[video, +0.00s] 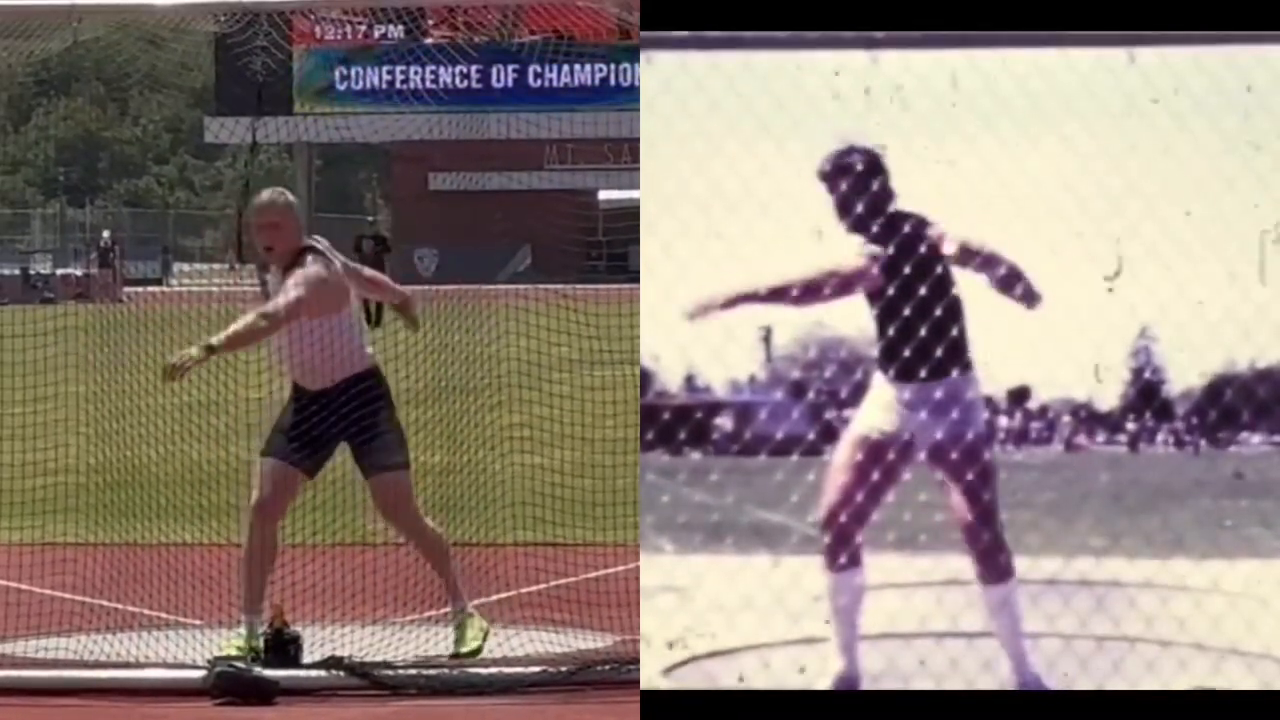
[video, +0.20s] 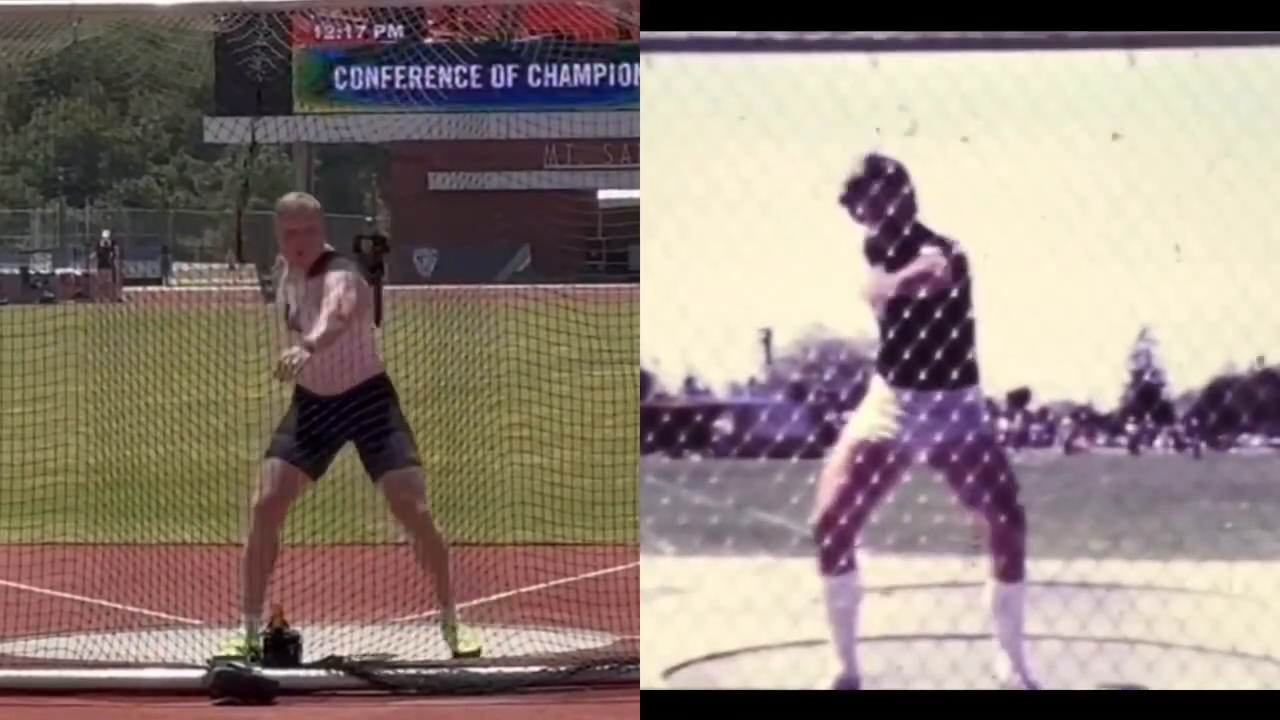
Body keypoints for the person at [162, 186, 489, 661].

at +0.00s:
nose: (266, 238)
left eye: (275, 228)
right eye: (259, 230)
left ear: (299, 228)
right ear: (252, 234)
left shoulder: (316, 271)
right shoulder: (286, 265)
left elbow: (271, 319)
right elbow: (363, 277)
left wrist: (206, 349)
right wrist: (402, 300)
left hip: (361, 396)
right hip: (309, 402)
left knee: (400, 511)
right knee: (264, 508)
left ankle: (464, 613)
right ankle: (250, 633)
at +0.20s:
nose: (296, 244)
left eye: (305, 234)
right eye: (288, 235)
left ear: (322, 233)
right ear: (278, 238)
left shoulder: (342, 276)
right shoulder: (286, 275)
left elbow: (338, 319)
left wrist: (306, 349)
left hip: (368, 401)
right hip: (312, 405)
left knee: (411, 507)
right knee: (267, 505)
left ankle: (451, 620)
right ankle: (251, 628)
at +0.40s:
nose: (347, 248)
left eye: (353, 238)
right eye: (336, 238)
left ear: (361, 239)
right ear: (312, 240)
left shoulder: (371, 285)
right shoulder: (292, 274)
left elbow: (404, 311)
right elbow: (290, 323)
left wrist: (413, 344)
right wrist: (273, 332)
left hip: (376, 412)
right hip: (313, 413)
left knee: (436, 504)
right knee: (269, 508)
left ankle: (433, 629)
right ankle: (250, 630)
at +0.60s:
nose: (388, 256)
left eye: (391, 246)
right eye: (378, 248)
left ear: (397, 247)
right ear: (350, 251)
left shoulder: (411, 292)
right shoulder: (317, 286)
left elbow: (470, 320)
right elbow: (270, 315)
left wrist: (501, 345)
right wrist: (235, 340)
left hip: (376, 432)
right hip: (319, 426)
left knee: (457, 505)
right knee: (283, 512)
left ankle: (426, 624)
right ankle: (241, 627)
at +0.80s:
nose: (432, 262)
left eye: (431, 255)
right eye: (425, 254)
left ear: (411, 259)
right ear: (396, 259)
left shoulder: (436, 302)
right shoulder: (342, 300)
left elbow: (500, 327)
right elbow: (267, 330)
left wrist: (557, 354)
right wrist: (210, 361)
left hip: (377, 449)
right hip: (335, 430)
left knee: (457, 517)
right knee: (337, 512)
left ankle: (441, 619)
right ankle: (224, 582)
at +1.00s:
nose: (443, 279)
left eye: (443, 269)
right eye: (436, 268)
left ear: (427, 273)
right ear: (404, 270)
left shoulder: (440, 311)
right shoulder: (353, 306)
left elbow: (504, 334)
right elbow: (279, 338)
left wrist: (571, 360)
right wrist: (213, 370)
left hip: (377, 450)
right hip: (345, 433)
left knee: (448, 526)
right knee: (365, 513)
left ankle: (439, 624)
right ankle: (250, 571)